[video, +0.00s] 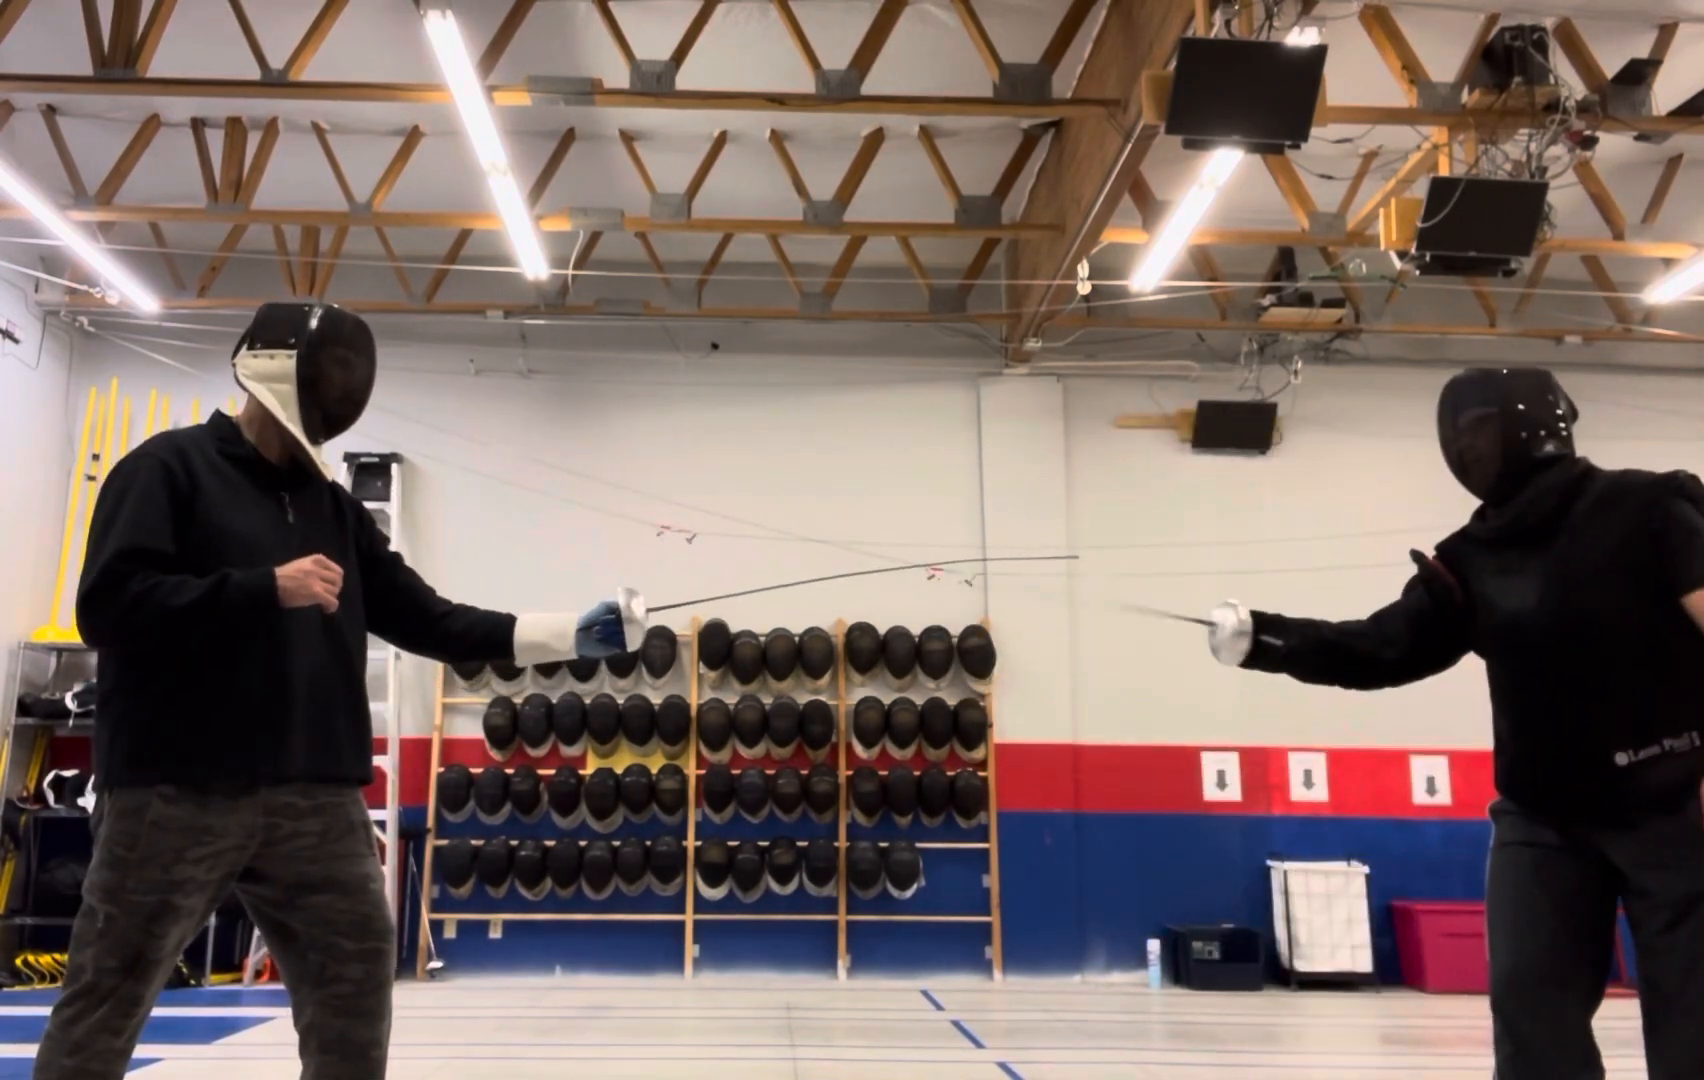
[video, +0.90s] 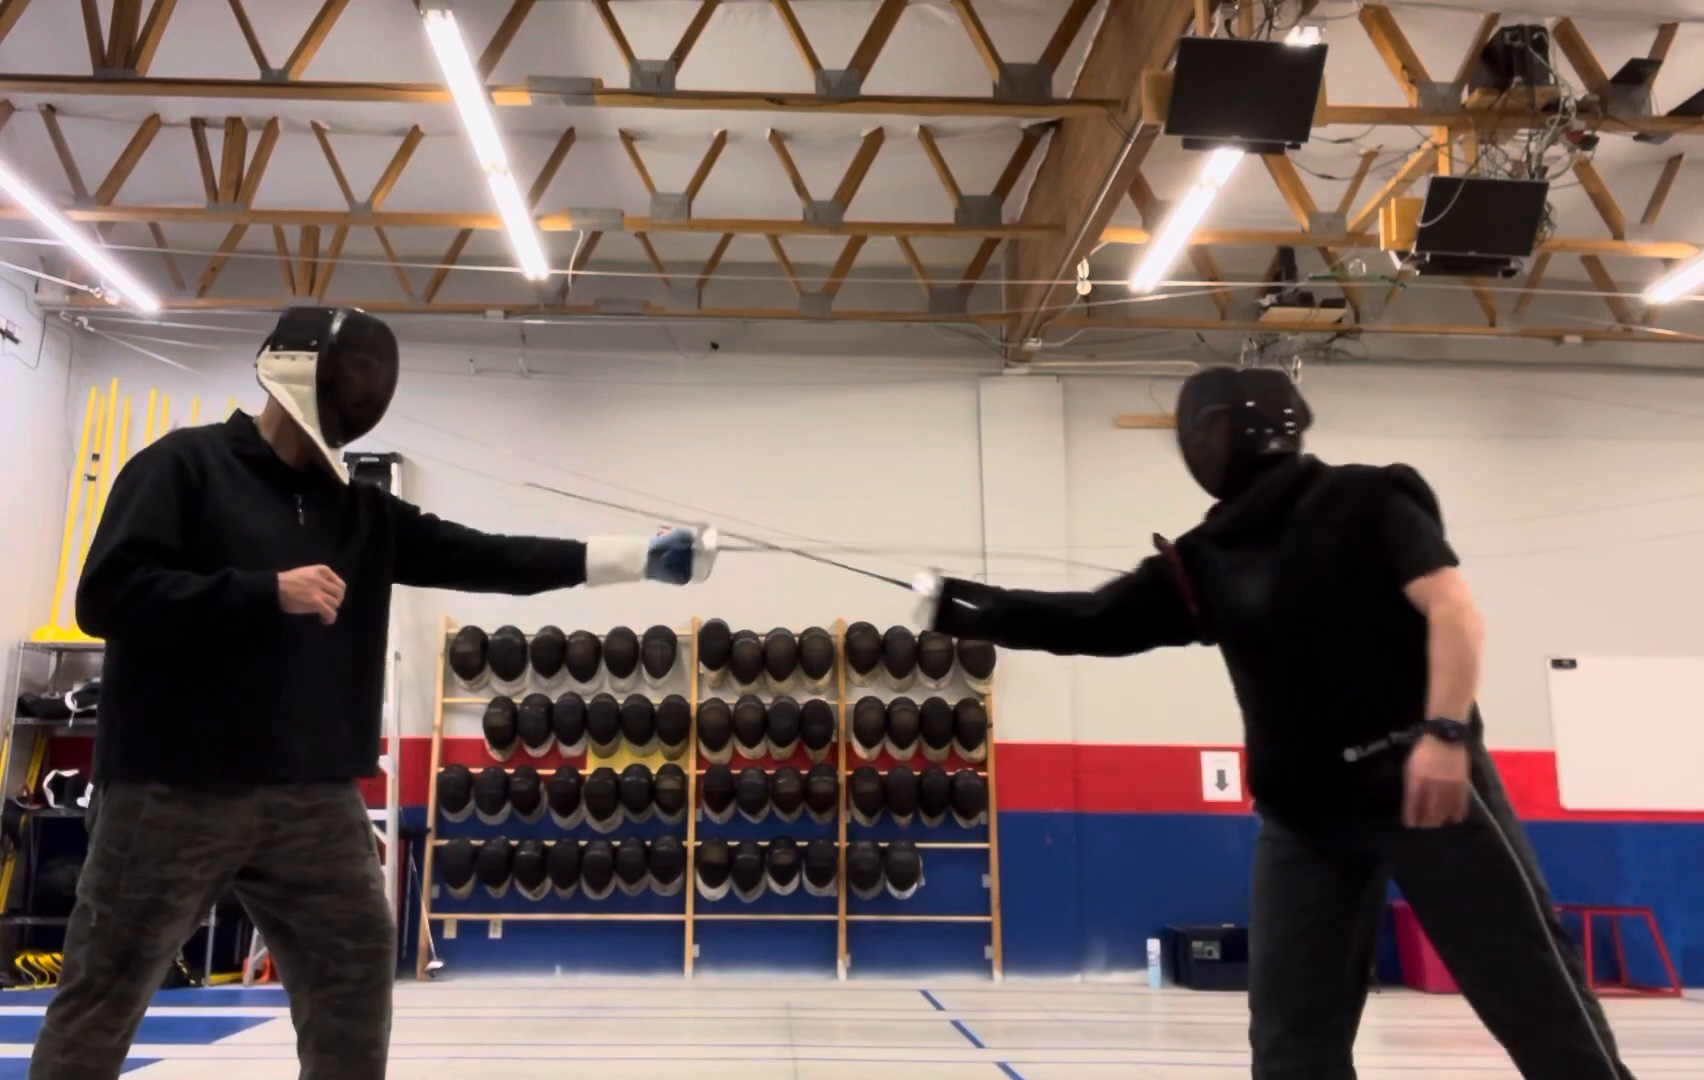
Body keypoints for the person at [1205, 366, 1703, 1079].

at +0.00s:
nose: (1462, 456)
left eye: (1476, 433)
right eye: (1454, 441)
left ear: (1530, 424)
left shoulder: (1656, 510)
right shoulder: (1471, 563)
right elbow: (1380, 648)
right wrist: (1261, 638)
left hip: (1670, 808)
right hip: (1542, 822)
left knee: (1688, 1028)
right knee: (1533, 1022)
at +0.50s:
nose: (1391, 470)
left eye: (1400, 449)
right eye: (1385, 456)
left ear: (1446, 440)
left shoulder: (1580, 517)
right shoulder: (1404, 571)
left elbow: (1663, 633)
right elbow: (1290, 630)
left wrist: (1676, 759)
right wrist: (1163, 624)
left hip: (1608, 817)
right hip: (1480, 829)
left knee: (1668, 1038)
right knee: (1430, 1036)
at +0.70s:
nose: (1290, 470)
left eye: (1300, 449)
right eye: (1287, 453)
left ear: (1344, 441)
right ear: (1359, 448)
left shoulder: (1474, 520)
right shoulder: (1309, 580)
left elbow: (1559, 637)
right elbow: (1207, 652)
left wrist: (1588, 765)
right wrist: (1079, 639)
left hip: (1513, 820)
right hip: (1383, 834)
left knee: (1613, 1046)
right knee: (1333, 1055)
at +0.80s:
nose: (1238, 460)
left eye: (1247, 439)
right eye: (1234, 445)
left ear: (1299, 433)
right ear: (1280, 442)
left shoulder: (1419, 508)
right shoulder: (1254, 570)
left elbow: (1504, 619)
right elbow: (1156, 643)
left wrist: (1511, 749)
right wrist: (1026, 630)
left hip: (1462, 801)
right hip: (1335, 824)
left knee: (1574, 1028)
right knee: (1303, 1052)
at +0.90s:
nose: (1192, 447)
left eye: (1200, 427)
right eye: (1190, 431)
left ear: (1244, 427)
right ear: (1261, 431)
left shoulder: (1371, 502)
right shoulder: (1207, 560)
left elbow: (1455, 611)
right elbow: (1098, 619)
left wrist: (1448, 733)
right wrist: (972, 609)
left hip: (1431, 790)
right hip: (1306, 819)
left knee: (1544, 1013)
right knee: (1293, 1048)